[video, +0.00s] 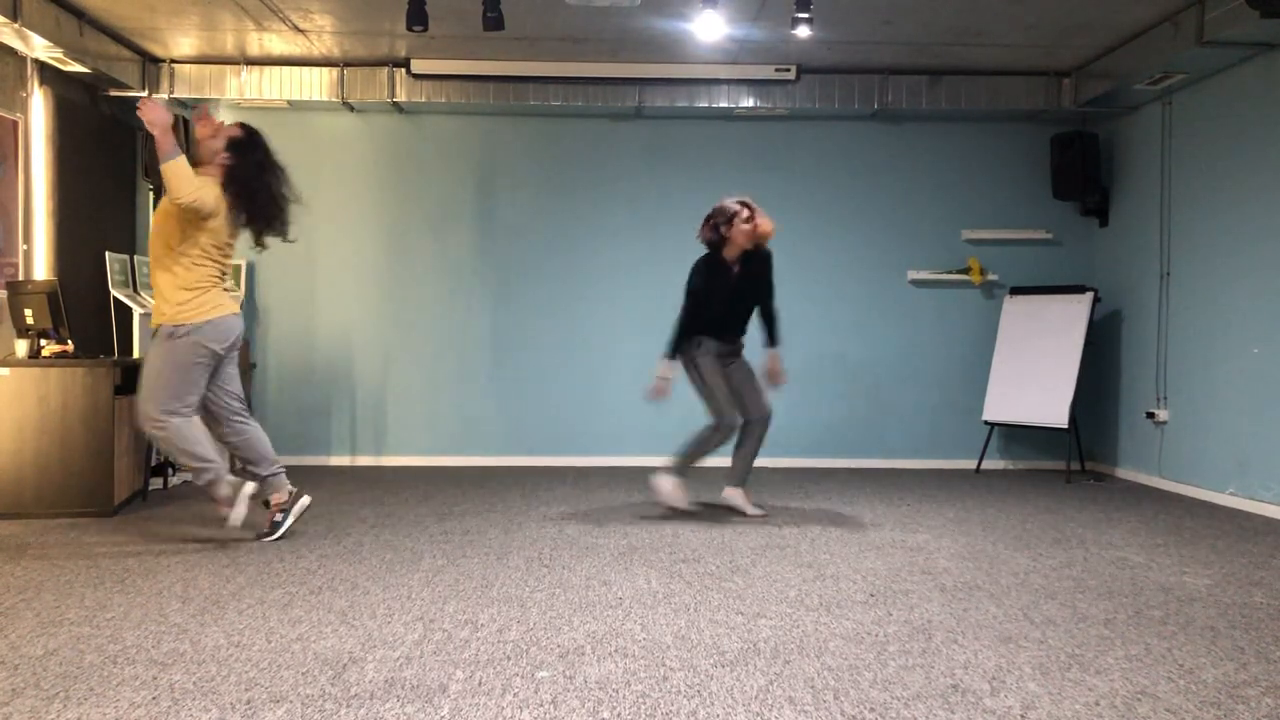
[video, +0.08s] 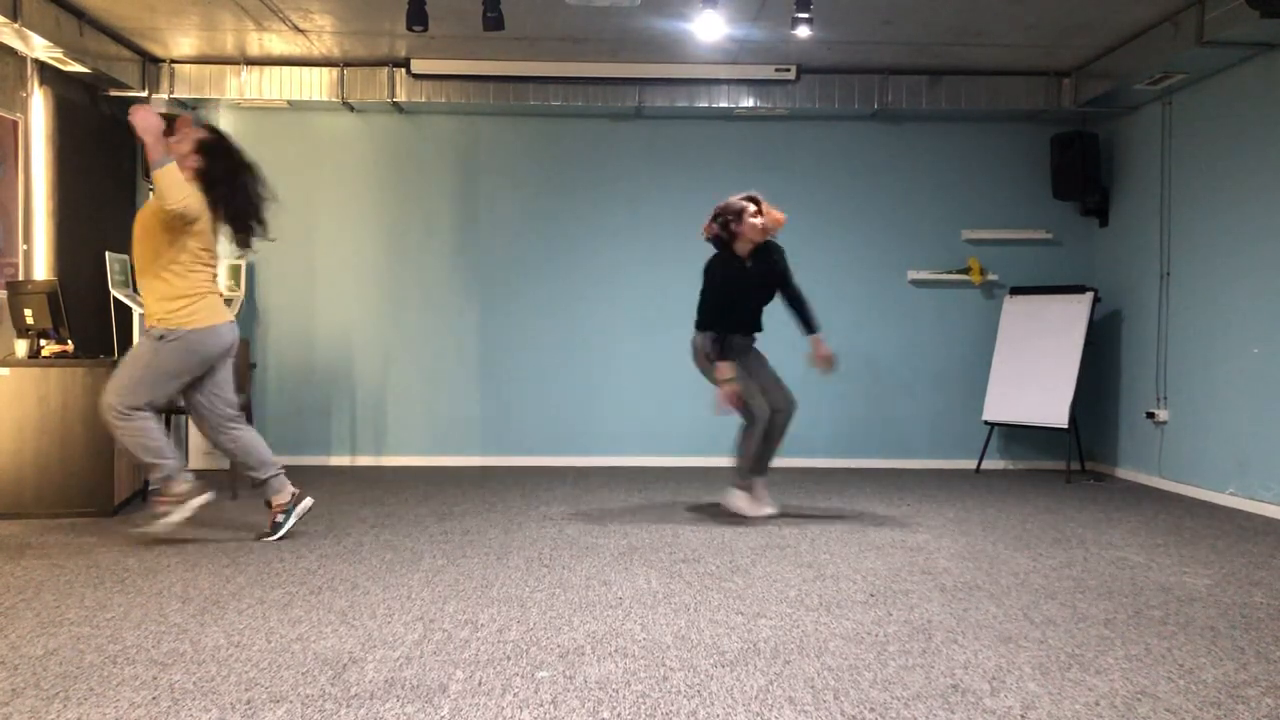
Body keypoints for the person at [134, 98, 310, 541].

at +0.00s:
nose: (210, 128)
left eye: (219, 132)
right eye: (218, 126)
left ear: (225, 158)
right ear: (227, 162)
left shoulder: (205, 192)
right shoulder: (222, 193)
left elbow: (185, 192)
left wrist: (163, 136)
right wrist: (202, 135)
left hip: (192, 321)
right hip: (220, 317)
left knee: (161, 413)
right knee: (230, 416)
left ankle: (225, 488)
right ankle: (282, 496)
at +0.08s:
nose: (170, 141)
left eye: (179, 140)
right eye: (176, 135)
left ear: (194, 159)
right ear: (195, 162)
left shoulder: (187, 197)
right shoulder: (181, 192)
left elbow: (180, 204)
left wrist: (152, 144)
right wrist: (169, 132)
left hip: (185, 330)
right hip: (211, 327)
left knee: (121, 404)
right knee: (222, 423)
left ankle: (177, 488)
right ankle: (284, 496)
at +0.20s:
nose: (80, 185)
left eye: (89, 177)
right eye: (82, 178)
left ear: (121, 184)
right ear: (115, 187)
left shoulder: (137, 220)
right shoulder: (116, 227)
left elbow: (151, 244)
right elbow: (112, 239)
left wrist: (121, 205)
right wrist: (93, 215)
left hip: (155, 354)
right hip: (190, 355)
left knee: (89, 426)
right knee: (159, 445)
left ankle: (66, 523)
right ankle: (247, 484)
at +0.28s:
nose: (62, 213)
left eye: (68, 206)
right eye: (62, 206)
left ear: (95, 209)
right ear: (97, 210)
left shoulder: (119, 238)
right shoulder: (131, 246)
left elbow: (134, 274)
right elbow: (105, 298)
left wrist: (85, 245)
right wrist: (65, 268)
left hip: (150, 364)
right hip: (187, 366)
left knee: (66, 426)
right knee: (121, 437)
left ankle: (65, 524)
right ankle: (197, 485)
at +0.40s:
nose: (49, 234)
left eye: (53, 224)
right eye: (48, 224)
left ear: (75, 221)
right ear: (91, 220)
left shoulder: (109, 246)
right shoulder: (136, 246)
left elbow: (136, 288)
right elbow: (123, 332)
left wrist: (81, 323)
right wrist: (67, 341)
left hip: (160, 360)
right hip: (192, 359)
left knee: (80, 422)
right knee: (117, 423)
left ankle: (64, 523)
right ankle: (134, 514)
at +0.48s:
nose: (54, 231)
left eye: (59, 222)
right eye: (53, 222)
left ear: (82, 220)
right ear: (97, 218)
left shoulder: (116, 241)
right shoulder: (135, 240)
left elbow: (155, 280)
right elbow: (131, 328)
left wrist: (123, 333)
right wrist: (83, 351)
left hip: (173, 356)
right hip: (196, 355)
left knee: (94, 421)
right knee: (126, 422)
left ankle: (66, 522)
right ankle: (137, 517)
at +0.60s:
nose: (90, 229)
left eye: (89, 218)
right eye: (88, 219)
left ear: (105, 216)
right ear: (122, 206)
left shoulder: (145, 227)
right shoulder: (143, 239)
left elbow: (192, 265)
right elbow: (159, 310)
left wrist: (165, 324)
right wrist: (125, 342)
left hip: (205, 345)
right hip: (208, 346)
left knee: (122, 415)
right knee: (149, 424)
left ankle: (175, 504)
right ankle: (143, 516)